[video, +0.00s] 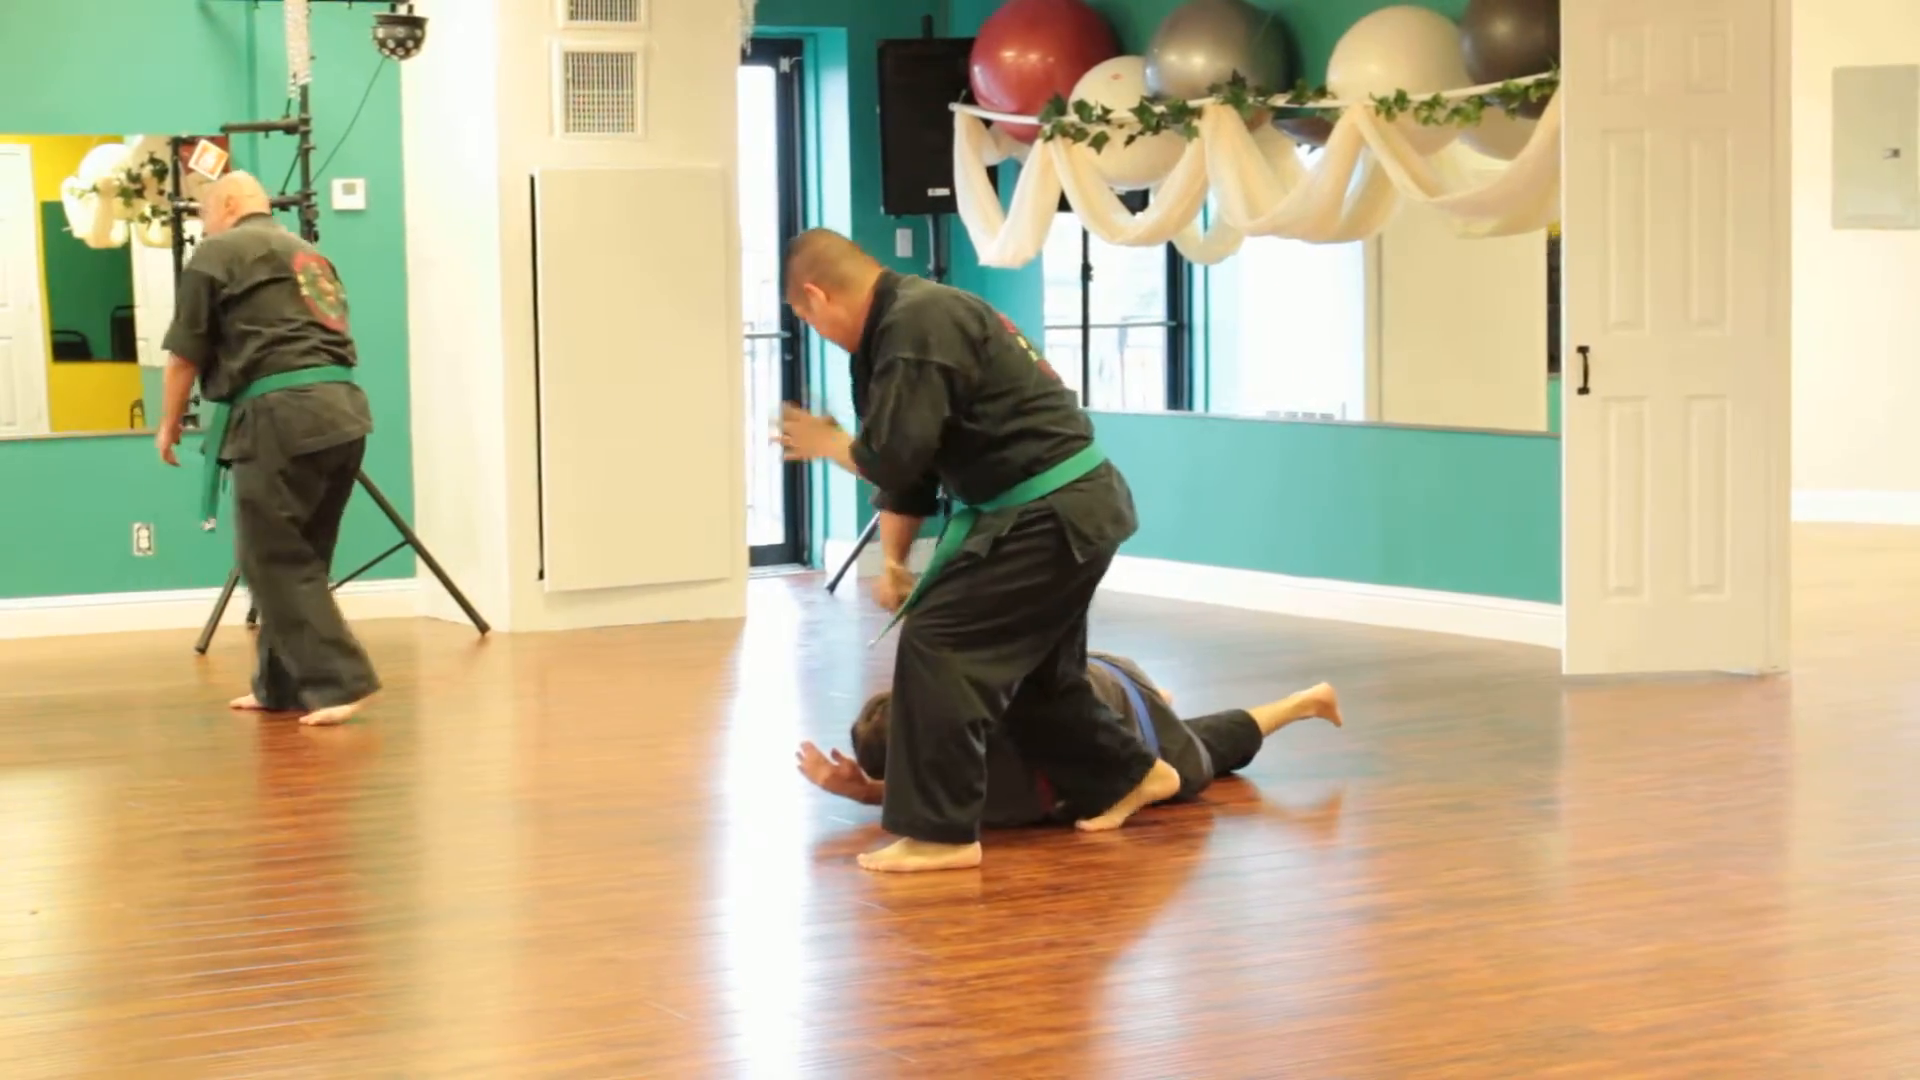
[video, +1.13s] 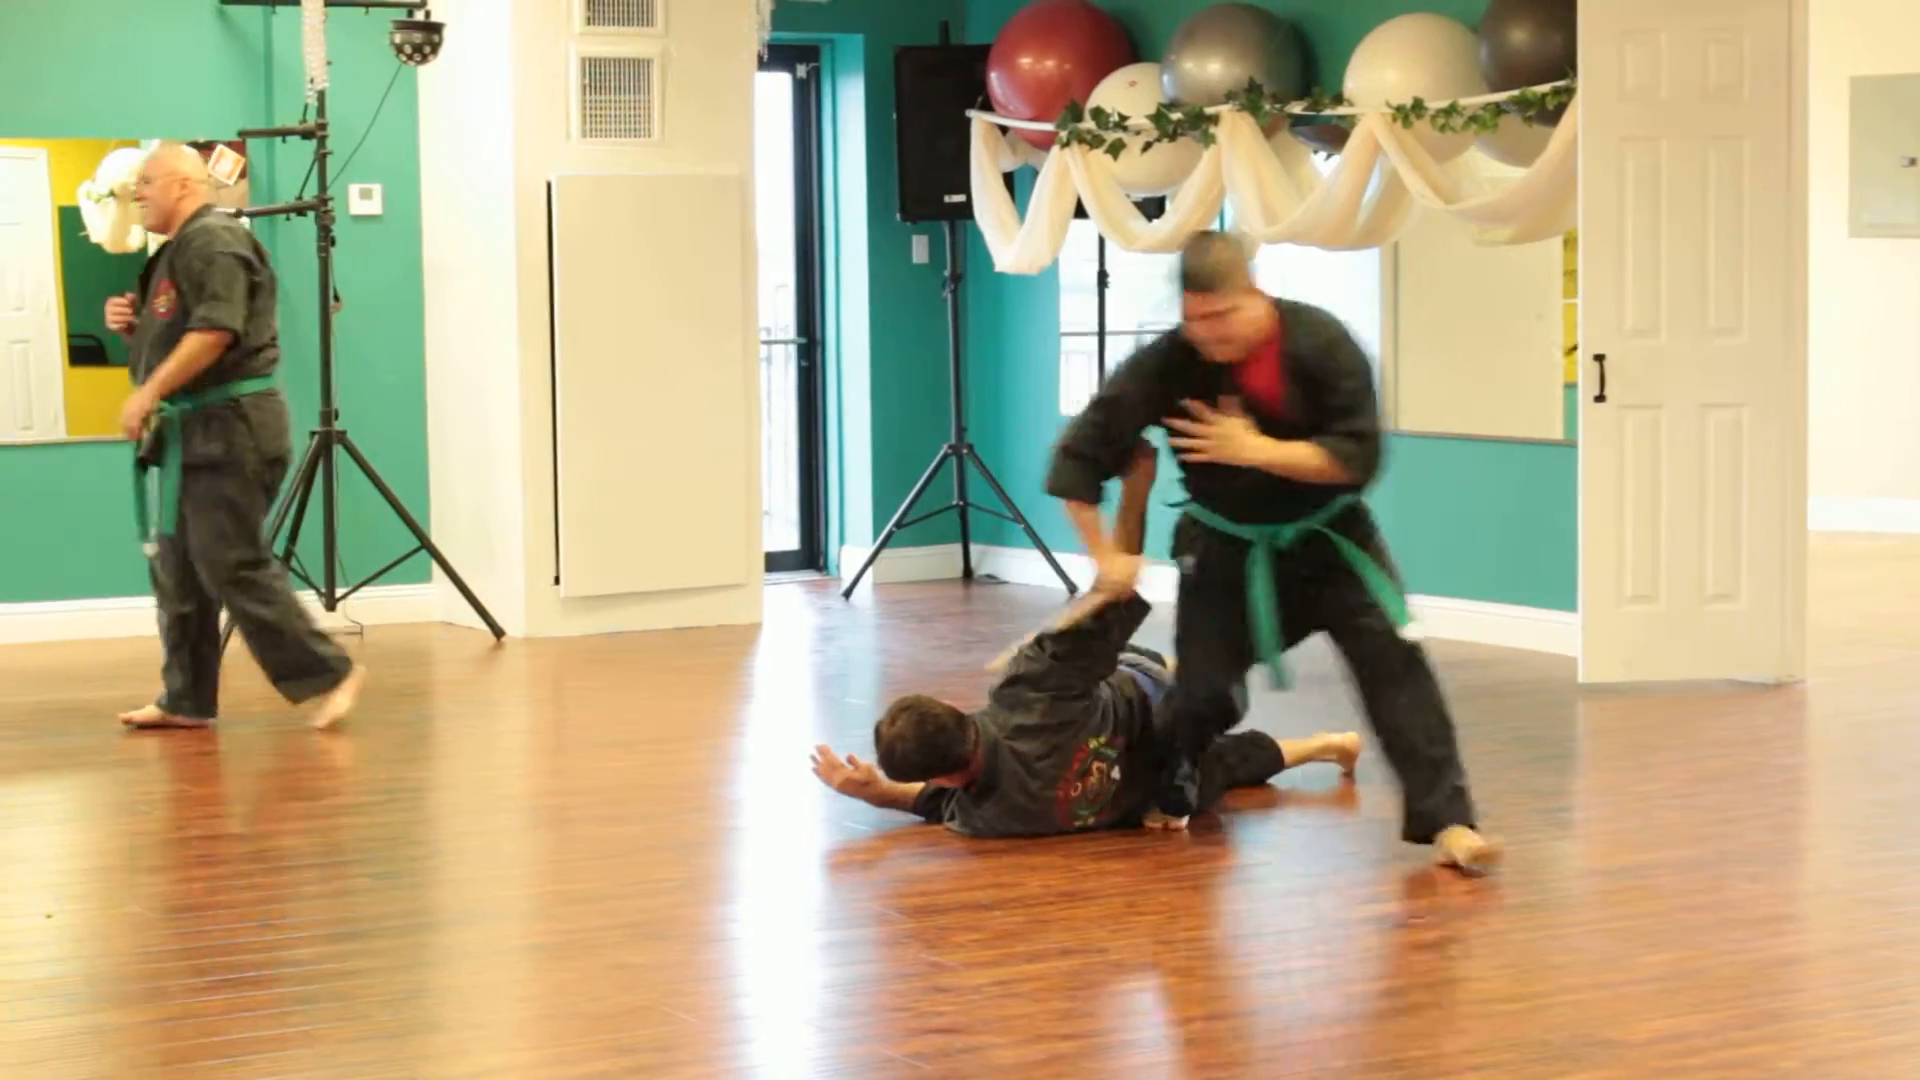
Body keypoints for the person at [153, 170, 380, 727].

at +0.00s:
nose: (202, 223)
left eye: (205, 212)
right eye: (201, 214)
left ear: (228, 206)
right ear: (260, 205)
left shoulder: (216, 253)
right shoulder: (306, 252)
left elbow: (184, 354)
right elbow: (321, 338)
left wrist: (170, 422)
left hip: (283, 411)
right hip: (344, 406)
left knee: (271, 556)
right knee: (304, 554)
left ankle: (340, 683)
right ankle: (279, 686)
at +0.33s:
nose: (224, 197)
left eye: (232, 185)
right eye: (225, 186)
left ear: (268, 189)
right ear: (273, 190)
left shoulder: (284, 244)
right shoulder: (299, 237)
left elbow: (271, 344)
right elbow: (292, 332)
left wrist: (242, 427)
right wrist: (232, 325)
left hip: (312, 418)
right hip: (306, 415)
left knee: (304, 559)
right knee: (278, 556)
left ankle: (352, 695)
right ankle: (285, 686)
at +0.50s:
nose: (228, 186)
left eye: (238, 176)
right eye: (231, 176)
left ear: (274, 181)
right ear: (273, 183)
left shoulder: (298, 236)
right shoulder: (271, 241)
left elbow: (315, 322)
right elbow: (277, 329)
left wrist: (319, 398)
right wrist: (229, 321)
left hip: (307, 415)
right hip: (278, 414)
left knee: (311, 555)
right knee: (267, 554)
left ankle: (356, 696)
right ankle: (286, 686)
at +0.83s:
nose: (193, 196)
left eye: (202, 185)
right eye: (195, 186)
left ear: (241, 190)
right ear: (240, 191)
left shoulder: (271, 248)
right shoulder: (239, 252)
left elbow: (290, 341)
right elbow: (250, 331)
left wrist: (284, 431)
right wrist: (202, 324)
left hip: (283, 422)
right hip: (246, 423)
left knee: (313, 566)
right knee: (230, 566)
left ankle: (364, 700)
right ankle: (194, 694)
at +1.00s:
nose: (158, 202)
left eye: (167, 189)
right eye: (159, 191)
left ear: (206, 190)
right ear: (204, 192)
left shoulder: (237, 248)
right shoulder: (205, 253)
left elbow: (244, 344)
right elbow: (207, 330)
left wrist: (191, 421)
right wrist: (159, 326)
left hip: (258, 425)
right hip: (221, 426)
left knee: (289, 566)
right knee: (202, 569)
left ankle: (359, 691)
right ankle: (188, 700)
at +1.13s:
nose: (138, 196)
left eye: (146, 184)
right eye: (138, 186)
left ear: (185, 186)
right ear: (182, 188)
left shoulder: (213, 239)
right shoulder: (182, 247)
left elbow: (216, 330)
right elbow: (180, 323)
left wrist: (150, 391)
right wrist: (132, 317)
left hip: (232, 419)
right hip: (199, 420)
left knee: (228, 557)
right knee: (181, 564)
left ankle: (328, 673)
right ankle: (188, 701)